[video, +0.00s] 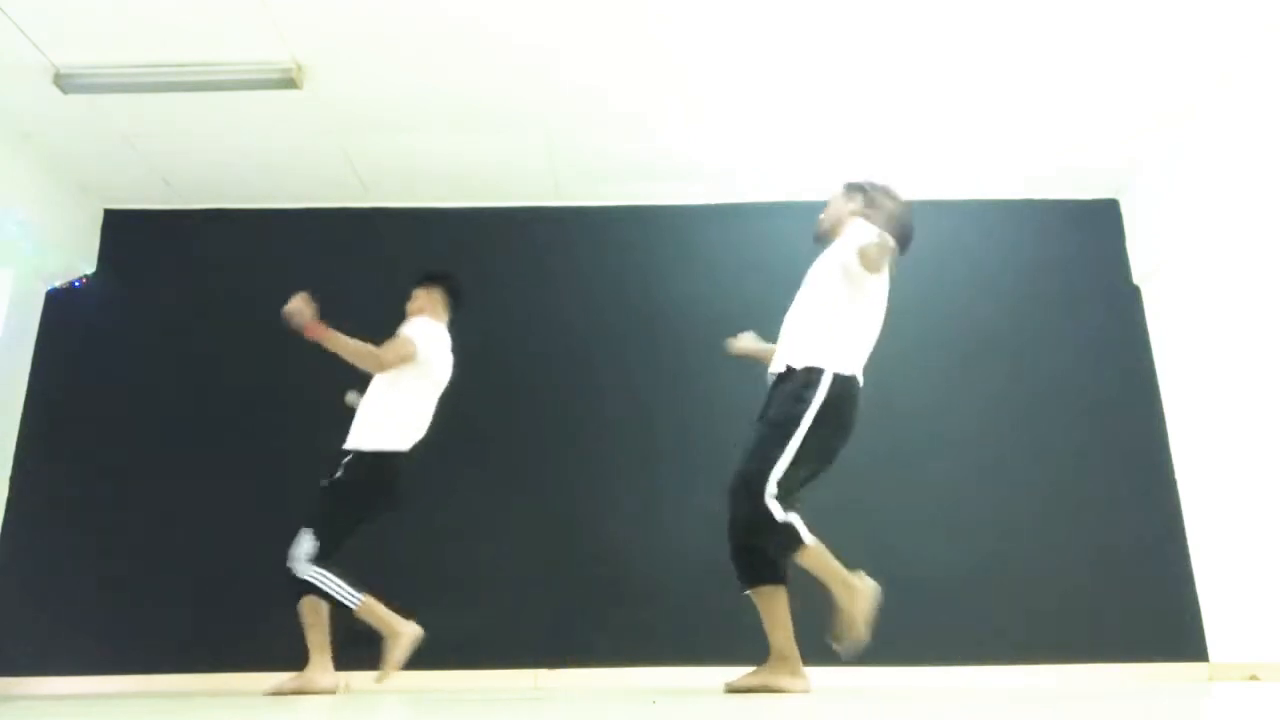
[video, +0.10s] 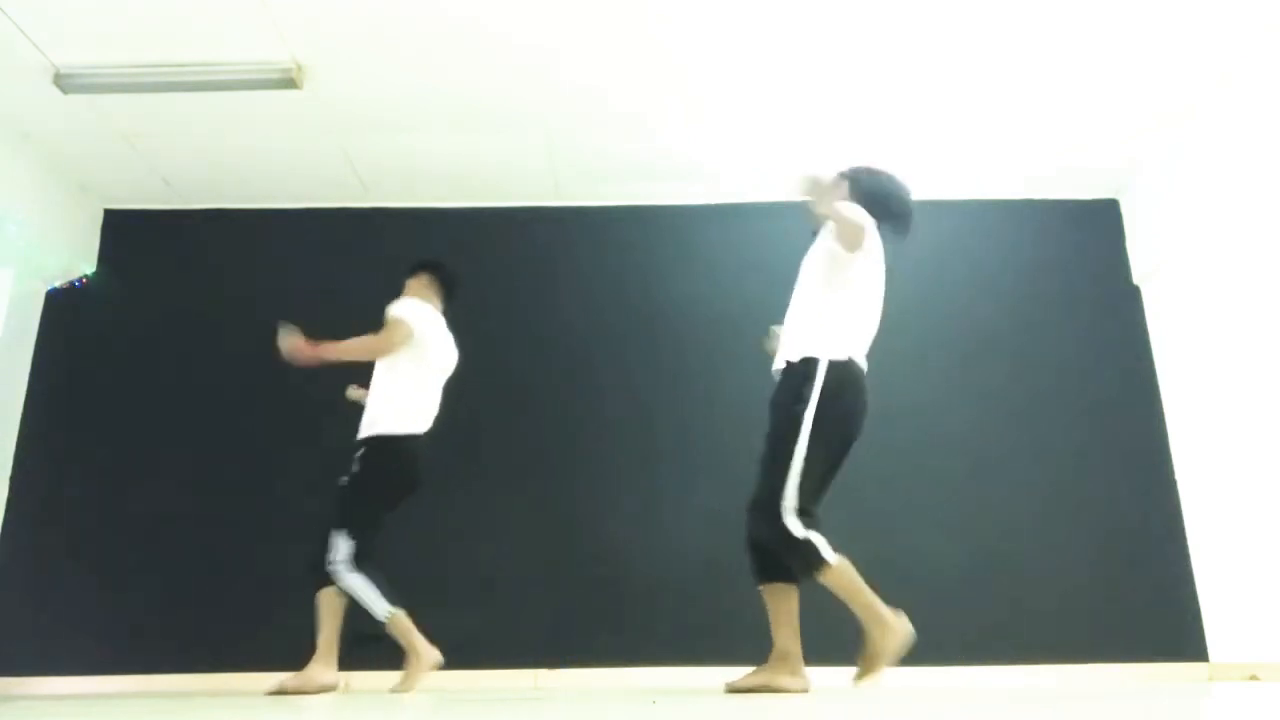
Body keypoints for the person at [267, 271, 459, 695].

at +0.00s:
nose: (410, 303)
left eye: (419, 298)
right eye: (412, 298)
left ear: (437, 305)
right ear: (437, 310)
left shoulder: (425, 330)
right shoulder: (438, 348)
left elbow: (381, 361)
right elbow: (411, 404)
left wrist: (313, 326)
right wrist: (368, 403)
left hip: (371, 462)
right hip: (371, 462)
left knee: (305, 559)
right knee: (306, 560)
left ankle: (398, 630)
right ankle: (319, 669)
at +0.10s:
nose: (407, 287)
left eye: (413, 281)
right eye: (412, 281)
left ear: (421, 285)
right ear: (441, 298)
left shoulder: (411, 309)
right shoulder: (446, 341)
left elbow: (388, 343)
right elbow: (418, 393)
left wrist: (315, 351)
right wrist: (371, 397)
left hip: (383, 448)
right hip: (401, 451)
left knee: (341, 560)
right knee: (331, 558)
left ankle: (419, 650)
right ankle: (323, 667)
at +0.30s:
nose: (432, 314)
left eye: (420, 306)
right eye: (436, 308)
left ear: (404, 305)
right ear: (442, 309)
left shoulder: (386, 327)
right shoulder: (459, 343)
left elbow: (342, 356)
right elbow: (498, 393)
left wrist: (351, 421)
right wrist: (477, 423)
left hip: (414, 440)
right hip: (461, 440)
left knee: (395, 560)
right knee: (430, 547)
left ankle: (440, 669)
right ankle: (462, 627)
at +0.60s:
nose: (485, 335)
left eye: (483, 329)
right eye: (483, 328)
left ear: (444, 326)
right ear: (473, 325)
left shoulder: (407, 358)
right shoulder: (486, 353)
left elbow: (359, 410)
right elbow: (549, 370)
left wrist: (357, 438)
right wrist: (613, 384)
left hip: (401, 465)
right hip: (455, 461)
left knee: (393, 576)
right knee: (517, 549)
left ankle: (442, 671)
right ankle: (563, 654)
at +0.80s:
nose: (508, 340)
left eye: (509, 334)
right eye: (506, 333)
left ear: (470, 329)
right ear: (486, 326)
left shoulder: (432, 364)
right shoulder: (488, 354)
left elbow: (432, 419)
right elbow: (528, 359)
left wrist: (484, 438)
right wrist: (577, 360)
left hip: (402, 467)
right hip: (451, 463)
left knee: (399, 581)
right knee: (515, 557)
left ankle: (442, 671)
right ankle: (563, 661)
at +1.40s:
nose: (460, 363)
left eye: (468, 354)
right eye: (457, 354)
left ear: (494, 352)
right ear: (457, 357)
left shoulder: (539, 388)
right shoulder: (459, 404)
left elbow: (600, 416)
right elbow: (394, 434)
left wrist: (579, 477)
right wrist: (320, 432)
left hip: (542, 498)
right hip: (494, 497)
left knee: (599, 552)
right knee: (506, 571)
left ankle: (536, 638)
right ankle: (490, 669)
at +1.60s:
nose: (479, 358)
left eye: (486, 348)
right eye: (476, 350)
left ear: (514, 345)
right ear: (477, 354)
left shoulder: (560, 380)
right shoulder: (482, 401)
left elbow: (622, 409)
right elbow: (417, 420)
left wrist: (601, 469)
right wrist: (345, 416)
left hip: (568, 492)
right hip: (520, 493)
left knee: (625, 540)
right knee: (525, 567)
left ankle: (594, 638)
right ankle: (491, 670)